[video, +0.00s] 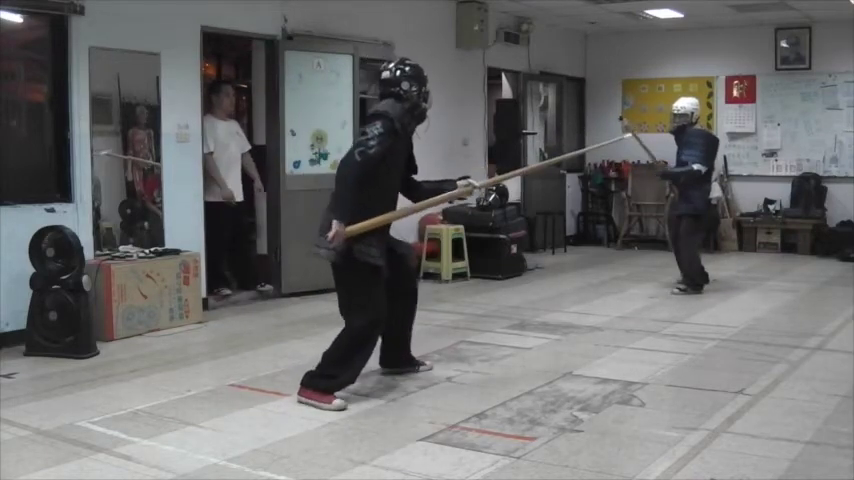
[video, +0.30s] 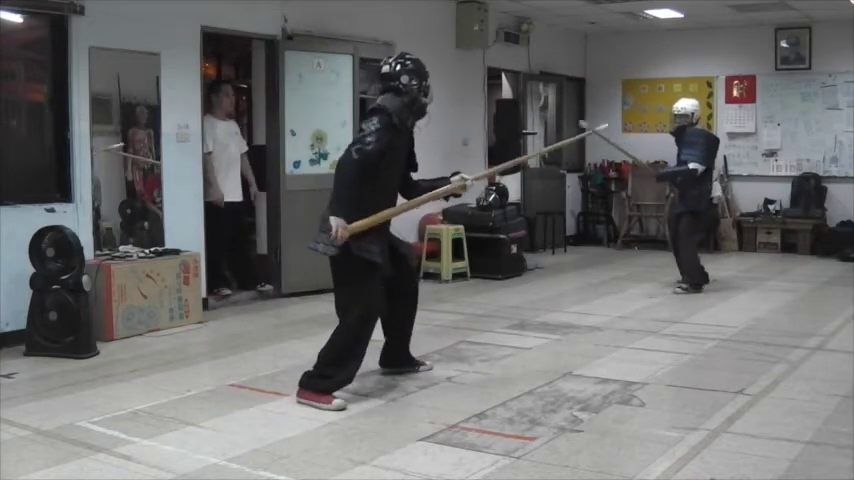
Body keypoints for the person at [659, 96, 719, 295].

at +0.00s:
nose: (676, 120)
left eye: (681, 116)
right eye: (675, 116)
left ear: (692, 117)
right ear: (673, 115)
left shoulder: (698, 137)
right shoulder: (684, 138)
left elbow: (698, 170)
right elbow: (686, 168)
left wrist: (668, 173)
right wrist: (669, 169)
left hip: (695, 196)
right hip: (684, 195)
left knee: (685, 235)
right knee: (678, 234)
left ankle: (694, 281)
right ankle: (693, 275)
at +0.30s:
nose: (677, 121)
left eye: (681, 117)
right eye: (675, 116)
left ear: (693, 117)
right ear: (674, 116)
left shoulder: (698, 137)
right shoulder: (684, 137)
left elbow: (695, 169)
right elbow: (685, 166)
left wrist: (665, 174)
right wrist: (668, 169)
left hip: (696, 196)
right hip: (685, 195)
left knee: (684, 235)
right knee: (678, 234)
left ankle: (695, 280)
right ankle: (692, 275)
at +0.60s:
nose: (668, 125)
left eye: (673, 120)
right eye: (666, 120)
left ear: (683, 121)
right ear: (667, 120)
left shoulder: (692, 140)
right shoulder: (676, 141)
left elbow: (688, 173)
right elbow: (677, 169)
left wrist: (657, 174)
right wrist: (660, 171)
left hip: (693, 197)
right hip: (682, 195)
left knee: (682, 232)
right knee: (677, 230)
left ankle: (679, 281)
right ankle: (696, 272)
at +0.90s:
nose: (661, 133)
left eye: (666, 129)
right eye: (660, 129)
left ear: (678, 130)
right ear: (657, 129)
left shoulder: (680, 150)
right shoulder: (668, 148)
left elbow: (668, 179)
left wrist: (636, 188)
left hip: (686, 206)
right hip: (680, 205)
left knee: (666, 239)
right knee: (668, 239)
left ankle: (672, 286)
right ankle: (690, 275)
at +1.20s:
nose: (653, 136)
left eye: (658, 132)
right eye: (652, 131)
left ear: (669, 133)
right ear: (649, 130)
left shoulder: (668, 153)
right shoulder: (662, 150)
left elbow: (665, 193)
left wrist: (639, 200)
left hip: (677, 206)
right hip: (678, 204)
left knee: (663, 244)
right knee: (675, 243)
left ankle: (663, 290)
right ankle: (693, 276)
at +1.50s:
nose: (633, 151)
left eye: (639, 147)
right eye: (633, 146)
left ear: (652, 150)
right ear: (631, 145)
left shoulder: (657, 169)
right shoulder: (639, 169)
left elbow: (645, 194)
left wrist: (615, 201)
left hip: (678, 218)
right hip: (664, 219)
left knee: (657, 245)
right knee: (678, 257)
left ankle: (657, 294)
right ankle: (709, 273)